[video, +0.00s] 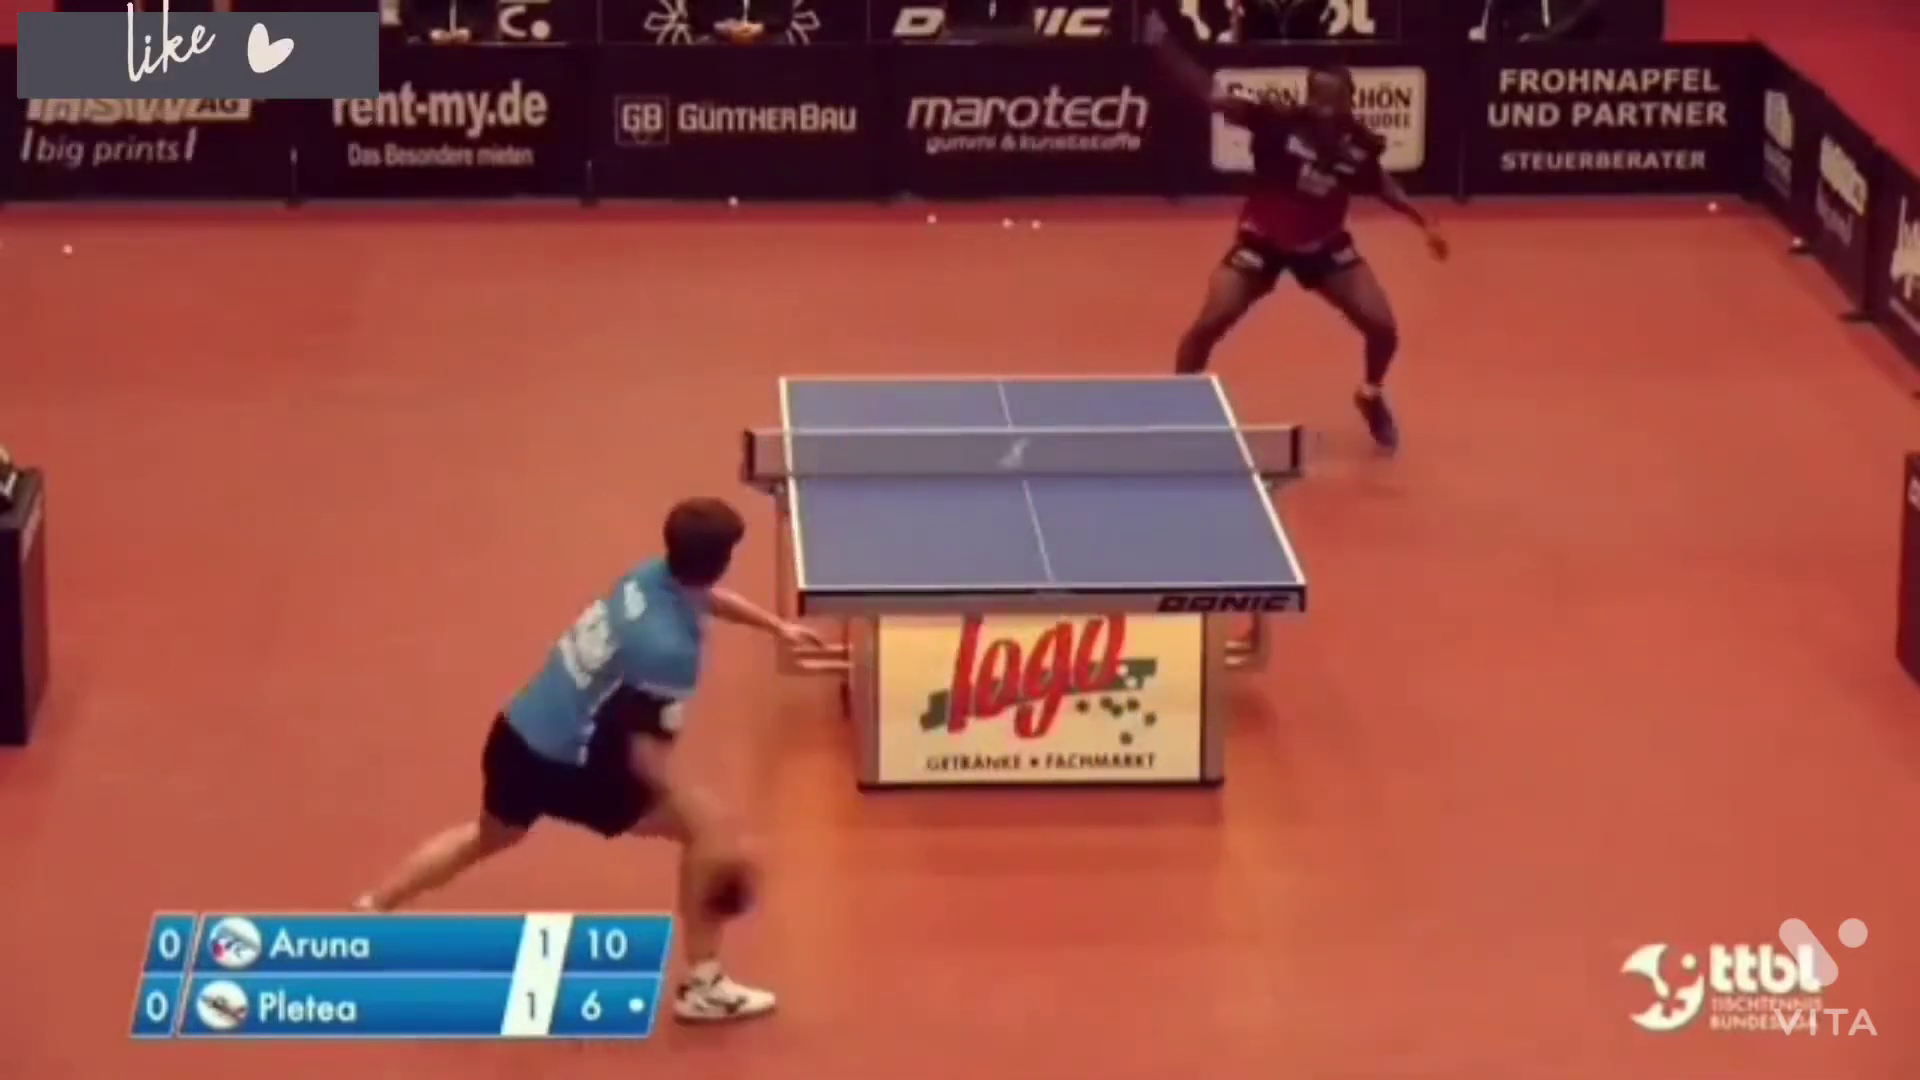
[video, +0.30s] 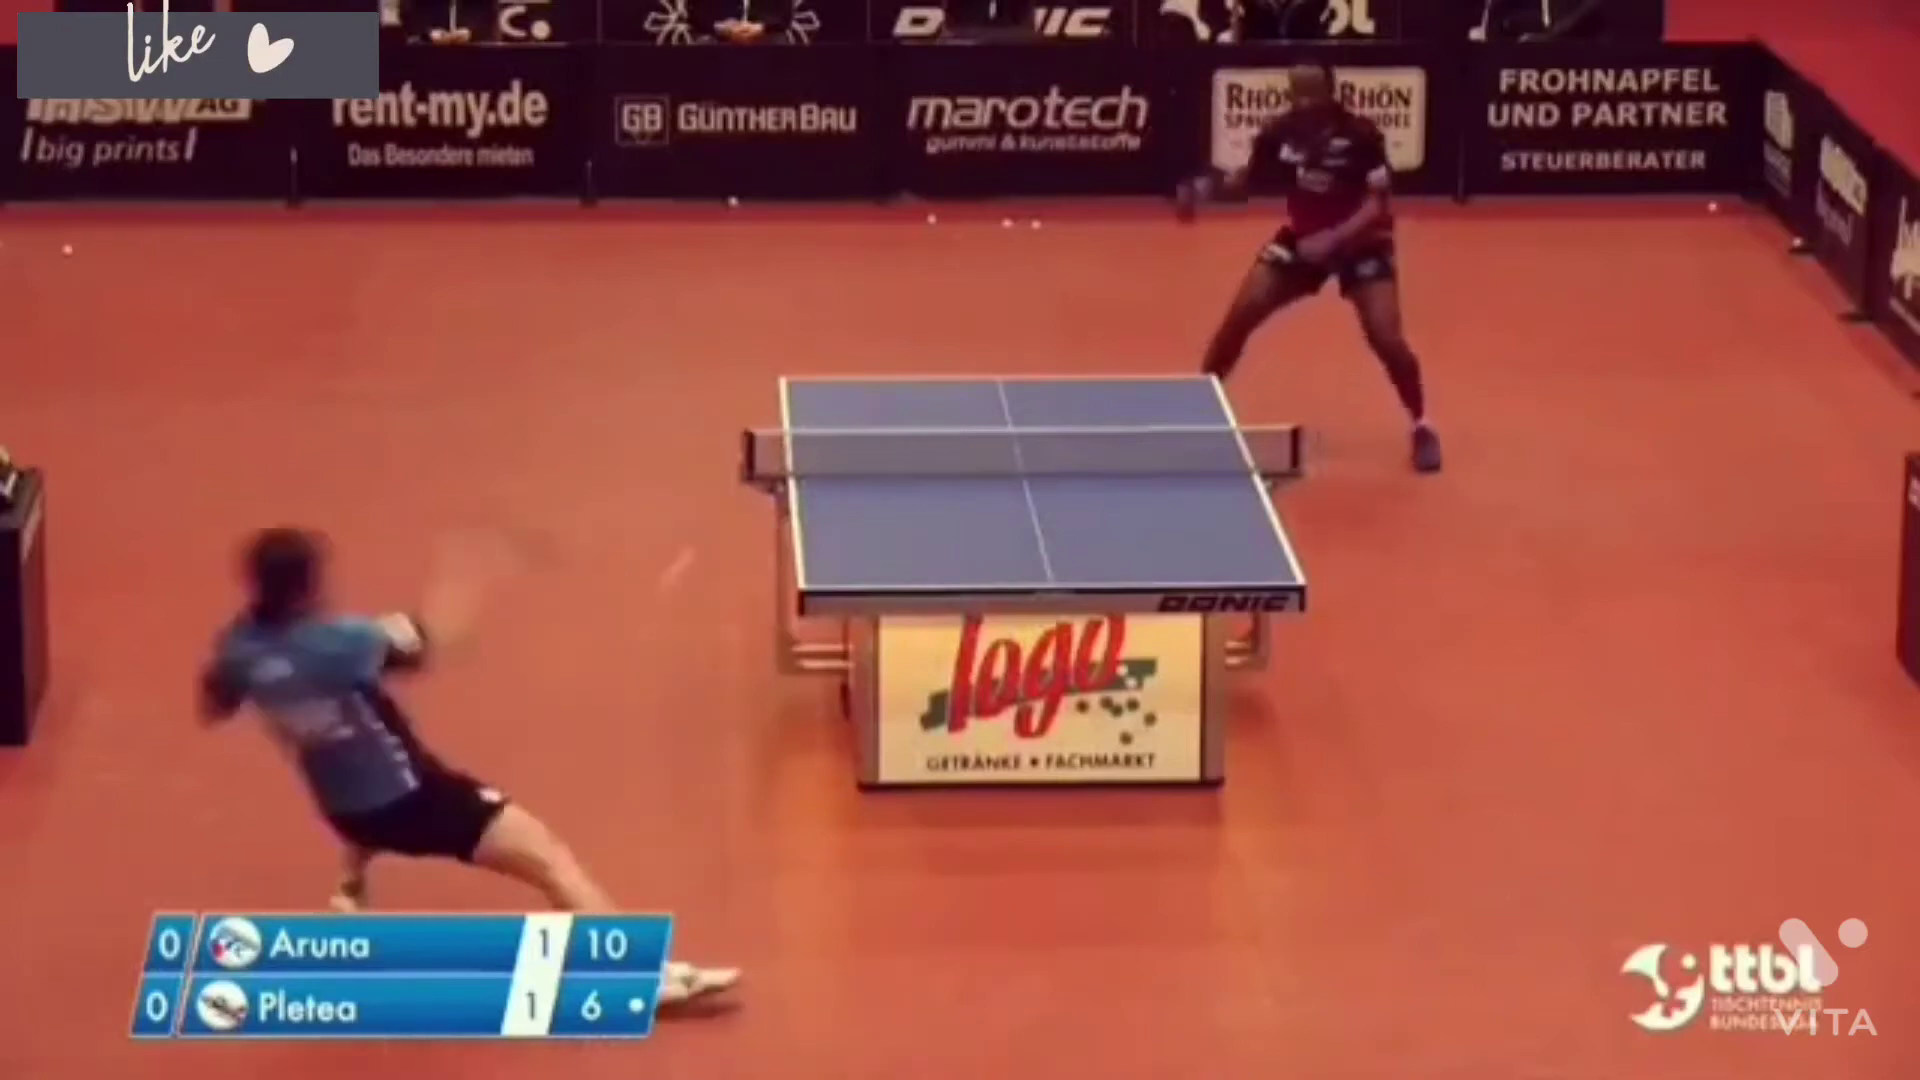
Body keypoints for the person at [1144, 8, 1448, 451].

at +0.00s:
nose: (1325, 109)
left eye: (1333, 100)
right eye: (1319, 99)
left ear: (1348, 102)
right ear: (1306, 97)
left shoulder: (1360, 146)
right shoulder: (1276, 120)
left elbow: (1383, 188)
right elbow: (1209, 96)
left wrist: (1426, 226)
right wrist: (1162, 46)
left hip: (1324, 248)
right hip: (1261, 243)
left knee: (1383, 330)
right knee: (1209, 324)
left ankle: (1371, 396)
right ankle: (1180, 399)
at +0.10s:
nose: (1325, 122)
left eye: (1334, 114)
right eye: (1319, 112)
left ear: (1351, 114)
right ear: (1309, 108)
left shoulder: (1370, 159)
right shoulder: (1285, 133)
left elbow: (1401, 217)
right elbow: (1220, 112)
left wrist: (1432, 271)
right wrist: (1183, 70)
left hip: (1336, 270)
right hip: (1270, 265)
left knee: (1387, 353)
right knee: (1214, 348)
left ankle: (1412, 433)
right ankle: (1174, 425)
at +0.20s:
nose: (1325, 120)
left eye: (1333, 112)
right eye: (1319, 111)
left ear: (1350, 113)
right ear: (1309, 109)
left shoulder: (1371, 155)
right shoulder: (1289, 140)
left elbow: (1402, 215)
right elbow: (1233, 142)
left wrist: (1404, 275)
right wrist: (1192, 114)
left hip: (1349, 270)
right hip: (1284, 264)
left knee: (1395, 357)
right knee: (1225, 340)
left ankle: (1413, 433)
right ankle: (1185, 421)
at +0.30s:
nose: (1304, 102)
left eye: (1311, 93)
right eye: (1297, 93)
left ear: (1330, 91)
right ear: (1290, 93)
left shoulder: (1361, 134)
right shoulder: (1278, 133)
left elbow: (1377, 205)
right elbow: (1248, 183)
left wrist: (1330, 239)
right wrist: (1209, 188)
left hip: (1360, 243)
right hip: (1303, 240)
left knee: (1385, 338)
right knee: (1241, 314)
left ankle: (1420, 426)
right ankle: (1198, 404)